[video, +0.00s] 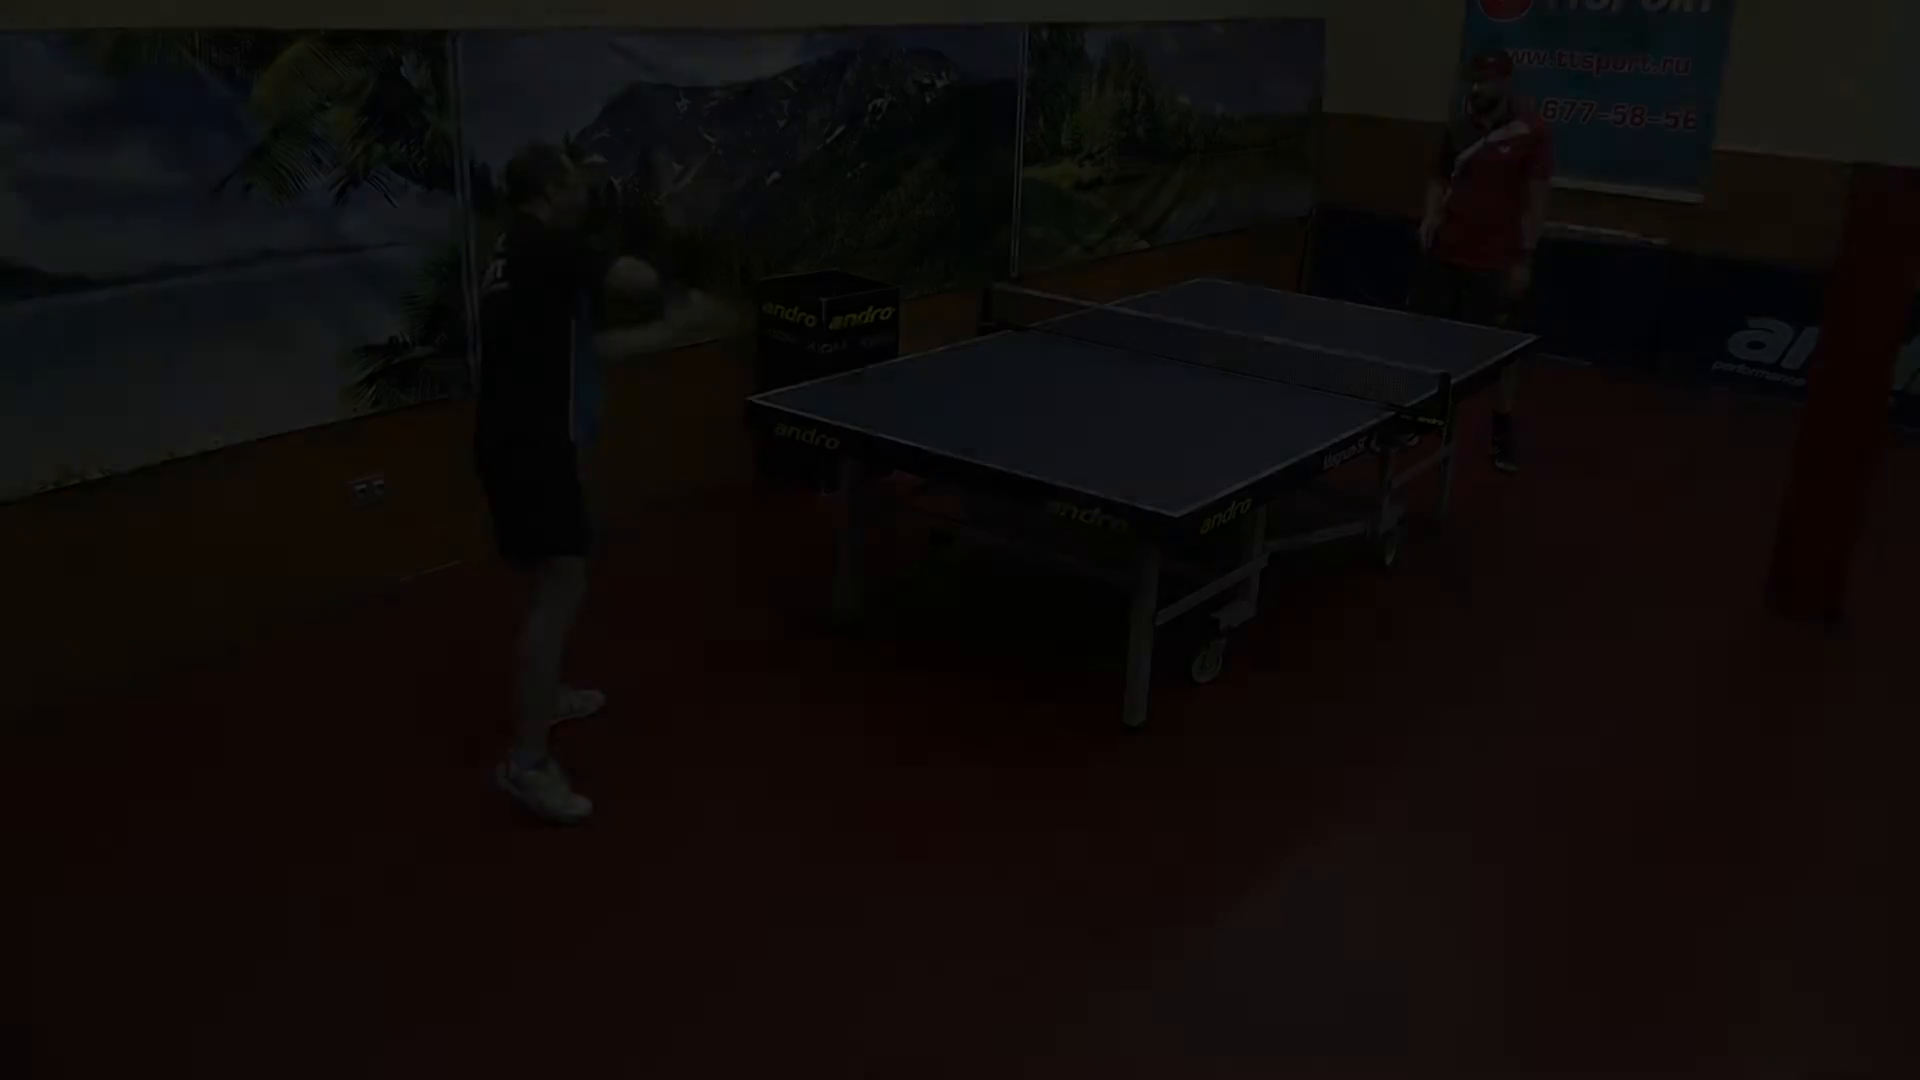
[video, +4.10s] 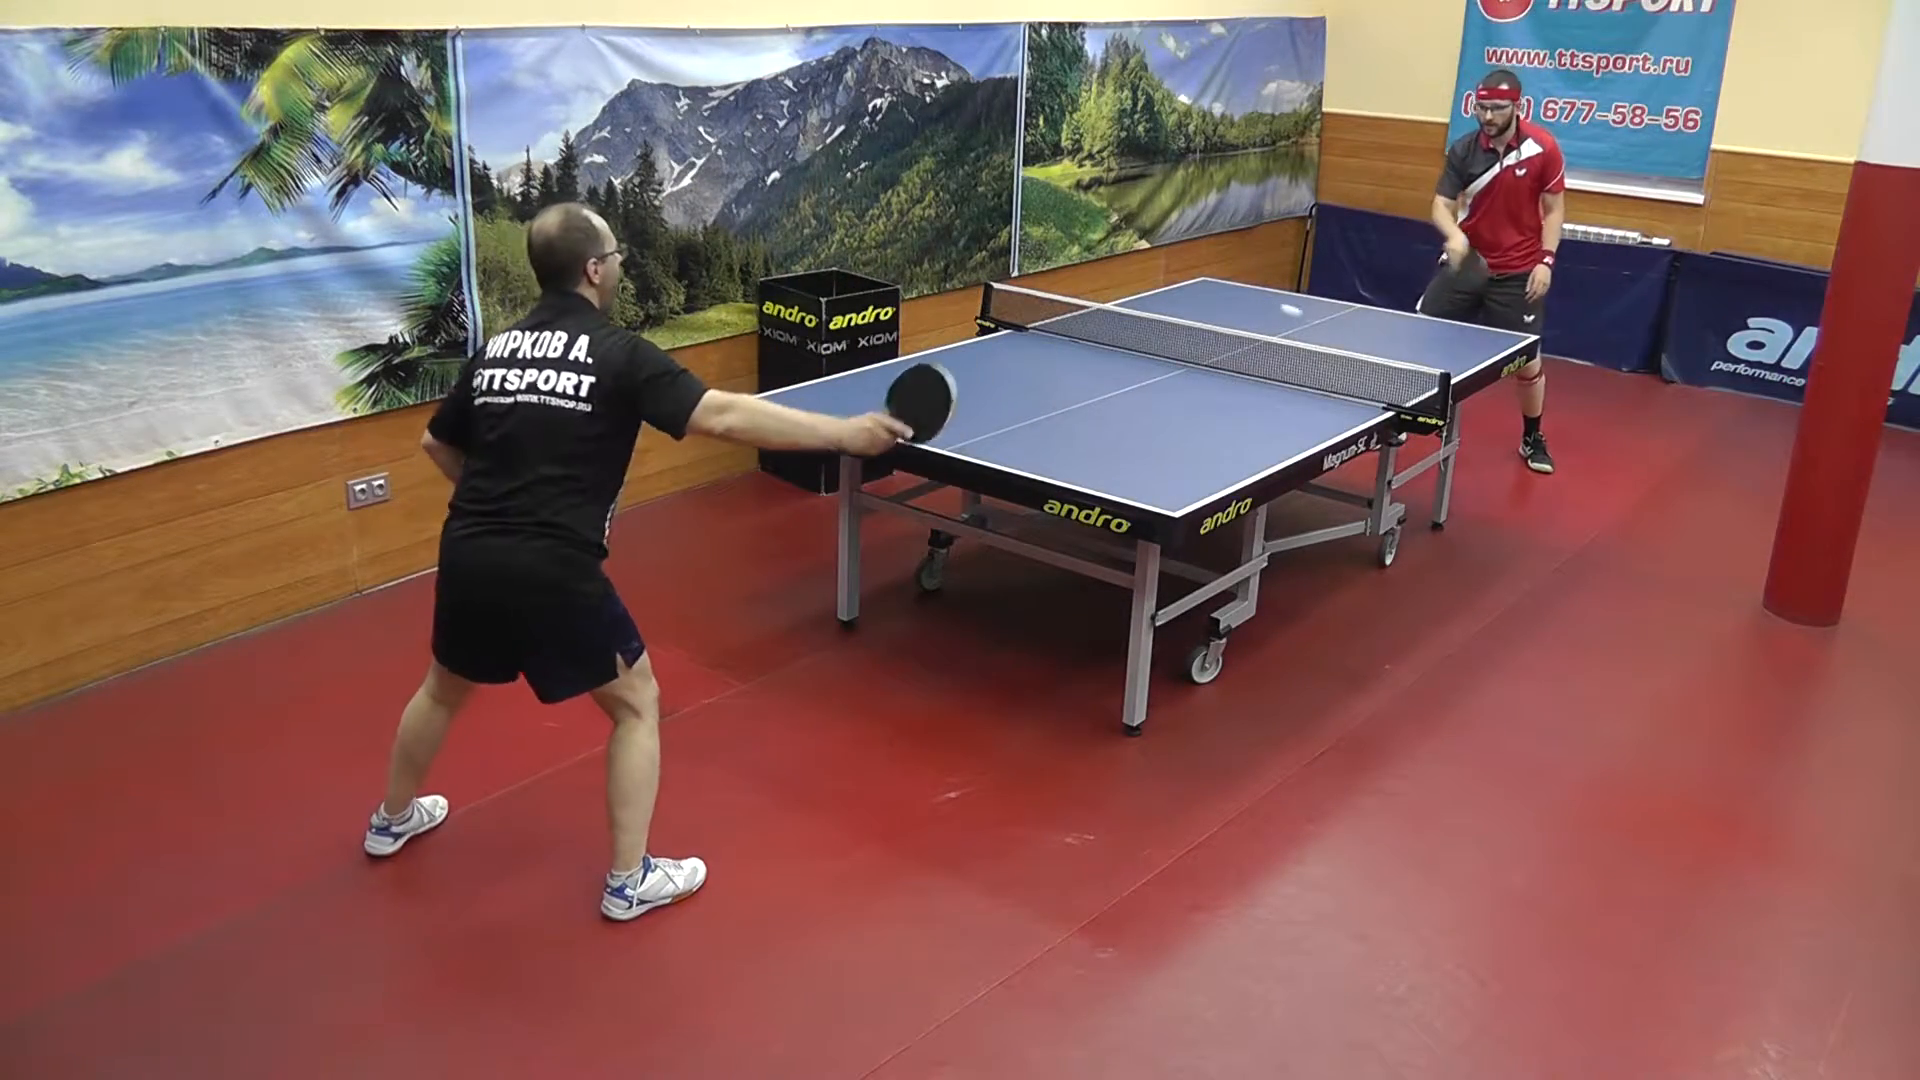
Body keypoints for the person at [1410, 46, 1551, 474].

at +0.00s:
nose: (1483, 95)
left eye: (1492, 86)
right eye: (1477, 86)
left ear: (1508, 86)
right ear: (1468, 87)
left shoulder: (1530, 136)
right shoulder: (1458, 129)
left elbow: (1535, 202)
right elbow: (1440, 182)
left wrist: (1523, 259)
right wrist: (1430, 224)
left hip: (1499, 257)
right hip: (1450, 252)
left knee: (1500, 346)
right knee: (1438, 337)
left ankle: (1502, 432)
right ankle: (1431, 417)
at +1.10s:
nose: (1506, 130)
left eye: (1516, 122)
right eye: (1500, 120)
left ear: (1535, 116)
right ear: (1493, 115)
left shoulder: (1561, 152)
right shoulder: (1479, 154)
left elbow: (1568, 207)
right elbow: (1445, 208)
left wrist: (1568, 262)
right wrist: (1463, 238)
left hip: (1531, 273)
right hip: (1476, 268)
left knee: (1539, 366)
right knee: (1433, 344)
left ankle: (1525, 449)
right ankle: (1422, 414)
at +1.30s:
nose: (1538, 141)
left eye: (1548, 133)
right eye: (1532, 132)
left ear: (1565, 126)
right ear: (1525, 126)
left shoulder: (1586, 156)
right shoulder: (1510, 161)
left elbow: (1598, 210)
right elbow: (1472, 198)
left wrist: (1613, 263)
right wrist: (1455, 214)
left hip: (1551, 281)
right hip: (1493, 277)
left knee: (1555, 371)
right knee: (1452, 356)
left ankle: (1526, 450)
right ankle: (1421, 417)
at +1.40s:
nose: (1547, 133)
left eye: (1557, 124)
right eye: (1541, 123)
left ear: (1574, 120)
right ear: (1534, 118)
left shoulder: (1593, 155)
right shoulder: (1519, 151)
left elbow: (1604, 207)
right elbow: (1476, 172)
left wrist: (1624, 261)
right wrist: (1452, 165)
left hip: (1554, 282)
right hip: (1496, 276)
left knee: (1554, 370)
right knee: (1454, 355)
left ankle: (1526, 450)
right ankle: (1427, 415)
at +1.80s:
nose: (1517, 121)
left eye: (1527, 112)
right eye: (1512, 111)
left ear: (1545, 112)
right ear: (1503, 111)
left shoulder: (1568, 159)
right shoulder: (1486, 151)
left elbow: (1578, 221)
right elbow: (1440, 189)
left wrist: (1576, 279)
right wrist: (1431, 181)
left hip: (1524, 288)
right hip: (1469, 277)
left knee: (1527, 378)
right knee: (1418, 346)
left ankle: (1523, 451)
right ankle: (1390, 420)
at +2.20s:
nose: (1468, 109)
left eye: (1477, 100)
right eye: (1462, 100)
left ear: (1496, 99)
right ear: (1454, 101)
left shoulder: (1522, 146)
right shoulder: (1444, 146)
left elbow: (1534, 210)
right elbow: (1416, 189)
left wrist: (1515, 262)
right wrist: (1398, 206)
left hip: (1491, 278)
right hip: (1436, 271)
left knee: (1510, 369)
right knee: (1390, 341)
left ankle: (1522, 450)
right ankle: (1383, 421)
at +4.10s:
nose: (1489, 116)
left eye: (1498, 108)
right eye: (1483, 107)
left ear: (1517, 107)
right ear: (1475, 106)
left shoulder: (1543, 150)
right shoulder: (1465, 149)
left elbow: (1553, 210)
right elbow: (1440, 204)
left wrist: (1546, 261)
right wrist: (1454, 236)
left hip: (1519, 273)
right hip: (1466, 265)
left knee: (1527, 361)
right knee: (1421, 333)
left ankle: (1533, 438)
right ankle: (1415, 409)